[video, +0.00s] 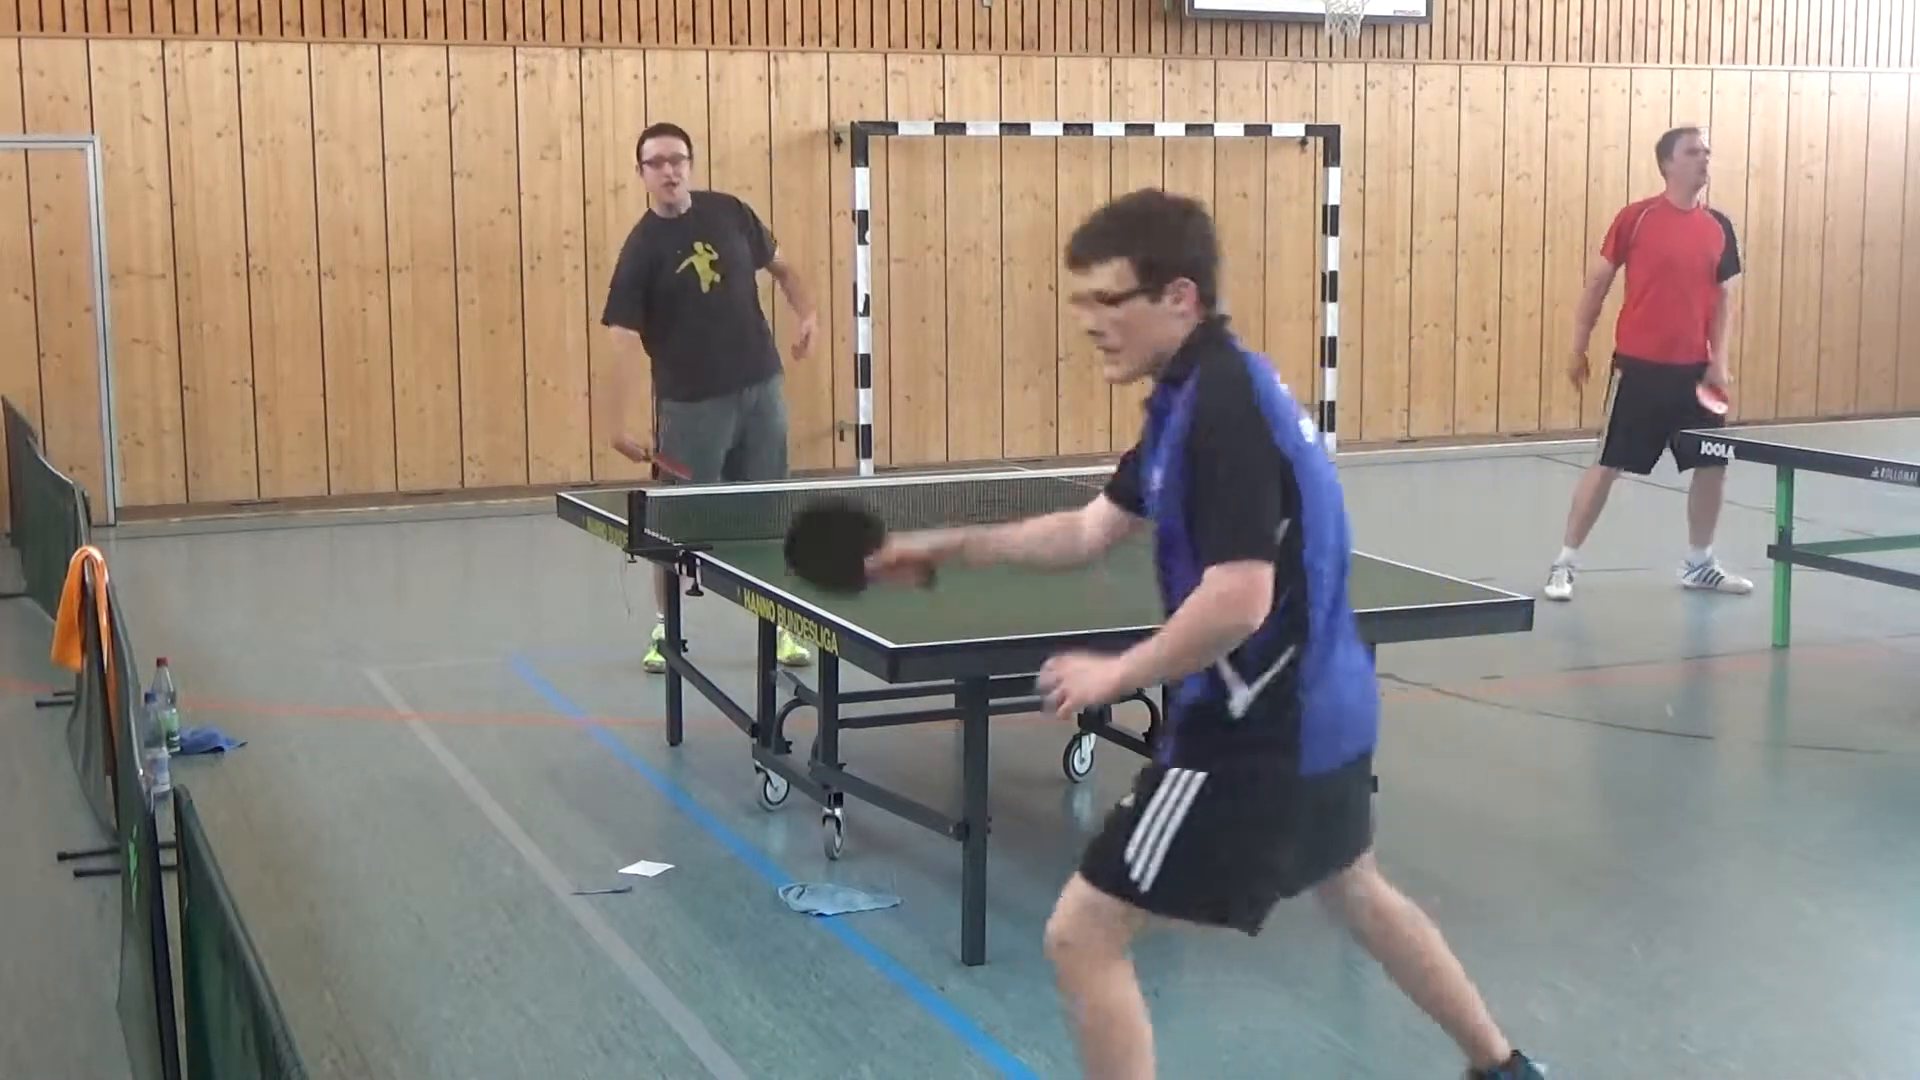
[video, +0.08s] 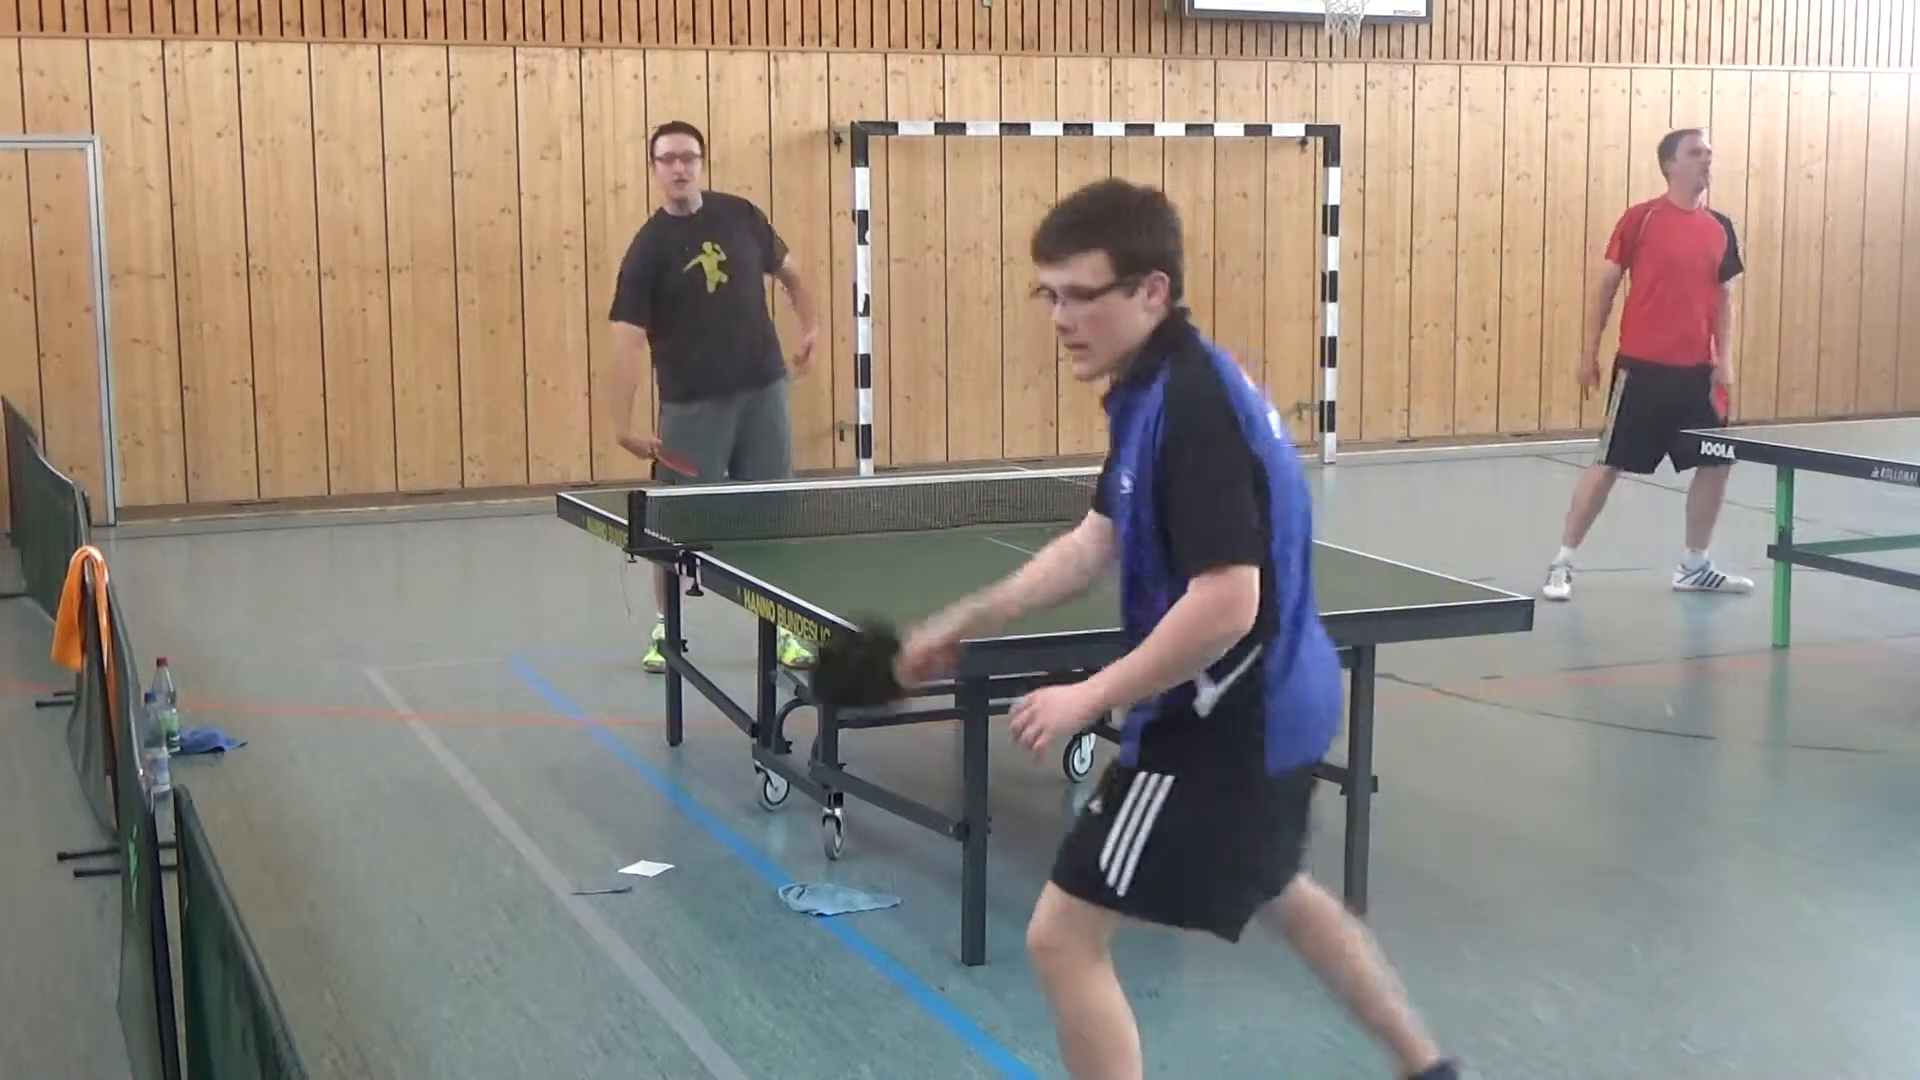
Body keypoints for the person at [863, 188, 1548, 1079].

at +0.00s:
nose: (1091, 323)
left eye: (1110, 302)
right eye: (1084, 303)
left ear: (1181, 297)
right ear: (1179, 305)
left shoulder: (1221, 401)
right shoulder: (1193, 392)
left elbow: (1239, 595)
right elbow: (1091, 529)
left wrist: (1116, 672)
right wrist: (941, 548)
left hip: (1245, 736)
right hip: (1319, 718)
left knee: (1083, 939)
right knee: (1358, 887)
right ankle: (1499, 1060)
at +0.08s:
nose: (1062, 319)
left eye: (1083, 296)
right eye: (1053, 297)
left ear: (1153, 293)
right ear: (1043, 293)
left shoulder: (1190, 402)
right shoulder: (1152, 391)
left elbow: (1228, 600)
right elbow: (1095, 545)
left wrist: (1091, 696)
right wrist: (958, 625)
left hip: (1215, 727)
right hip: (1265, 711)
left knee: (1064, 942)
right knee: (1280, 887)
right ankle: (1426, 1060)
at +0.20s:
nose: (1040, 296)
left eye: (1064, 273)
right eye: (1028, 273)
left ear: (1135, 274)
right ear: (1016, 270)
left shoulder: (1180, 392)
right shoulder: (1101, 375)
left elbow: (1219, 596)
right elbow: (1083, 548)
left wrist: (1067, 699)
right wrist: (1021, 696)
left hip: (1181, 721)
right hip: (1171, 705)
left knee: (1054, 944)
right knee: (1190, 915)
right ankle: (1299, 1071)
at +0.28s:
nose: (1038, 276)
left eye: (1065, 253)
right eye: (1026, 251)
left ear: (1132, 257)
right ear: (1012, 248)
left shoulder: (1180, 378)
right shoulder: (1073, 366)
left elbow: (1228, 582)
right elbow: (1080, 554)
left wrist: (1062, 688)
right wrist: (1047, 691)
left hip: (1164, 725)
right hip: (1112, 709)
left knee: (1056, 945)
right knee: (1143, 919)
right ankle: (1229, 1069)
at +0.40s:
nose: (1044, 246)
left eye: (1074, 224)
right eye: (1027, 219)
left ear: (1132, 232)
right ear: (1009, 219)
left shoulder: (1183, 364)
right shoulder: (1041, 347)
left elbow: (1239, 565)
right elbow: (1066, 527)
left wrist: (1064, 661)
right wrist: (1037, 678)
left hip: (1134, 719)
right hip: (1061, 698)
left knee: (1080, 948)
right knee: (1024, 901)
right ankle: (1102, 1061)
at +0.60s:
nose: (1045, 244)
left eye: (1075, 223)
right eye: (1025, 217)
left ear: (1119, 234)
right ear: (999, 220)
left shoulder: (1181, 374)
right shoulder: (983, 352)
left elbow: (1237, 568)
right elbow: (997, 518)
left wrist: (1055, 633)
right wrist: (977, 670)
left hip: (1117, 745)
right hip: (997, 718)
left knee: (1126, 978)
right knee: (938, 956)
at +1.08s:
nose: (983, 246)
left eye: (1009, 220)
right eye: (957, 216)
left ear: (1042, 227)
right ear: (906, 216)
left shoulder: (1107, 364)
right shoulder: (835, 380)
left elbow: (1154, 570)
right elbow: (763, 574)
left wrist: (1116, 776)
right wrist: (724, 783)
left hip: (1043, 781)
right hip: (884, 778)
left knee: (1042, 1055)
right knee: (880, 1044)